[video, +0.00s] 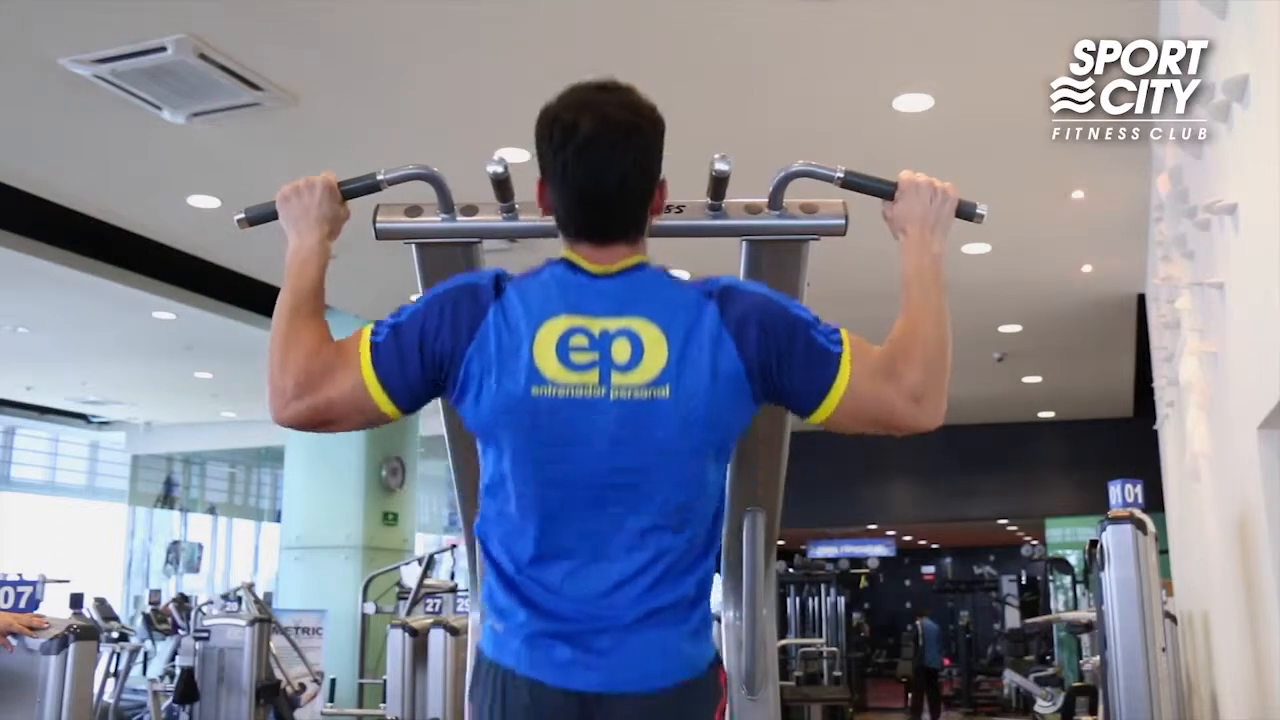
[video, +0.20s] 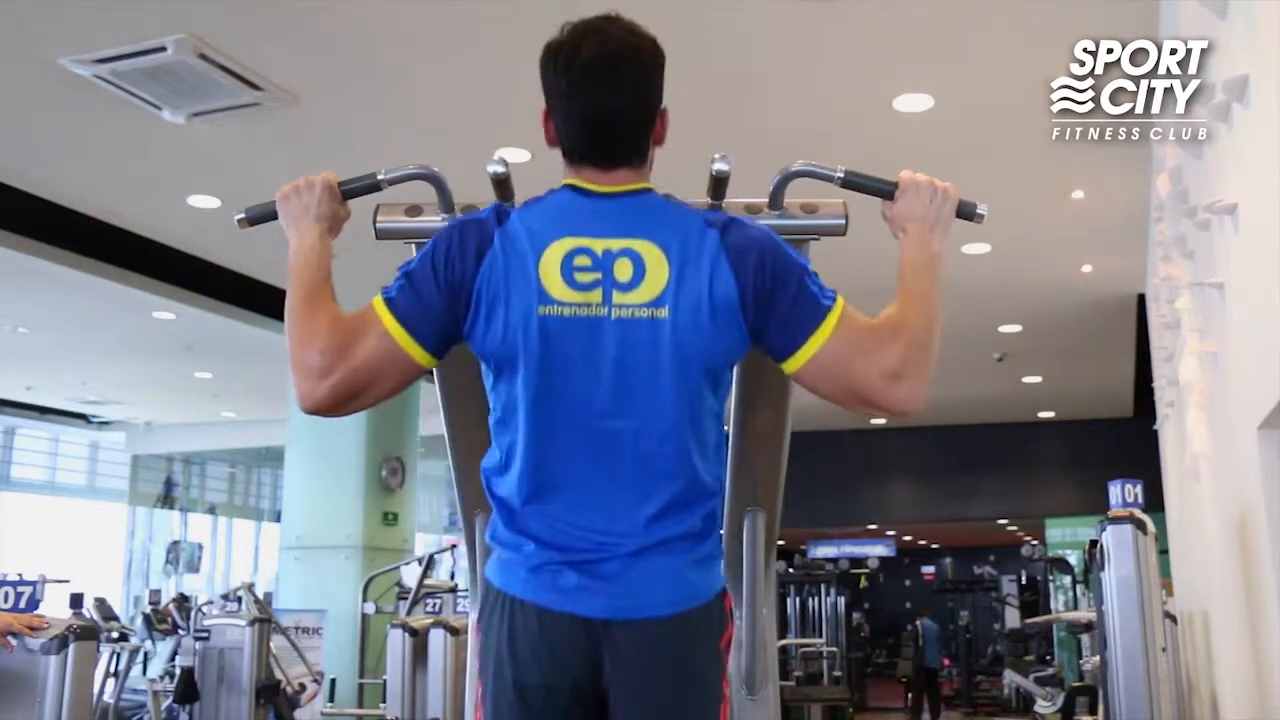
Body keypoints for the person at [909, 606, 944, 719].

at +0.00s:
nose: (915, 618)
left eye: (916, 615)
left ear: (917, 615)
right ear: (928, 614)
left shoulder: (917, 626)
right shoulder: (935, 627)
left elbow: (917, 644)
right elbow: (938, 645)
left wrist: (914, 659)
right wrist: (938, 658)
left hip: (921, 663)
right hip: (934, 664)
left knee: (918, 692)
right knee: (934, 691)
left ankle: (916, 715)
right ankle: (935, 715)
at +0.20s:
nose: (916, 618)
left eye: (916, 616)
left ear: (917, 615)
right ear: (928, 614)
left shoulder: (917, 625)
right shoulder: (935, 627)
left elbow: (917, 644)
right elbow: (938, 645)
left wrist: (914, 659)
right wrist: (938, 659)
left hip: (920, 664)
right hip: (934, 664)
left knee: (918, 692)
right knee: (933, 692)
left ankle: (916, 715)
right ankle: (935, 715)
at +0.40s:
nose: (916, 618)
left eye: (916, 616)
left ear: (917, 615)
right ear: (928, 614)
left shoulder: (917, 625)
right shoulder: (935, 627)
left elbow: (917, 644)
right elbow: (938, 645)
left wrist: (914, 659)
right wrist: (939, 659)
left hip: (921, 663)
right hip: (934, 664)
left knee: (918, 692)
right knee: (933, 691)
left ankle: (916, 715)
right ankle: (935, 715)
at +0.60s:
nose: (916, 618)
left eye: (916, 616)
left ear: (917, 615)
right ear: (928, 614)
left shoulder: (917, 626)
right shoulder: (935, 627)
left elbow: (917, 644)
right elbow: (938, 645)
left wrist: (914, 659)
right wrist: (939, 659)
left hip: (921, 664)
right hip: (934, 664)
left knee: (918, 692)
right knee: (933, 692)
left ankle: (916, 715)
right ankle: (935, 715)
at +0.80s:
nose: (916, 618)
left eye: (916, 616)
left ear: (917, 615)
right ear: (928, 614)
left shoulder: (917, 626)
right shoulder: (935, 627)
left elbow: (917, 644)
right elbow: (938, 645)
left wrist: (914, 659)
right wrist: (939, 659)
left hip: (921, 664)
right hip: (934, 664)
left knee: (918, 692)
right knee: (933, 692)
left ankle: (916, 715)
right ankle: (935, 715)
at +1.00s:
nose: (916, 618)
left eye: (916, 616)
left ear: (917, 615)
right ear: (928, 614)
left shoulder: (917, 626)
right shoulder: (935, 627)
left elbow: (917, 644)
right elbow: (938, 645)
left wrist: (914, 659)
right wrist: (939, 659)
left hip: (921, 664)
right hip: (934, 664)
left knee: (918, 692)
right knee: (933, 692)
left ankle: (916, 715)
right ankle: (935, 715)